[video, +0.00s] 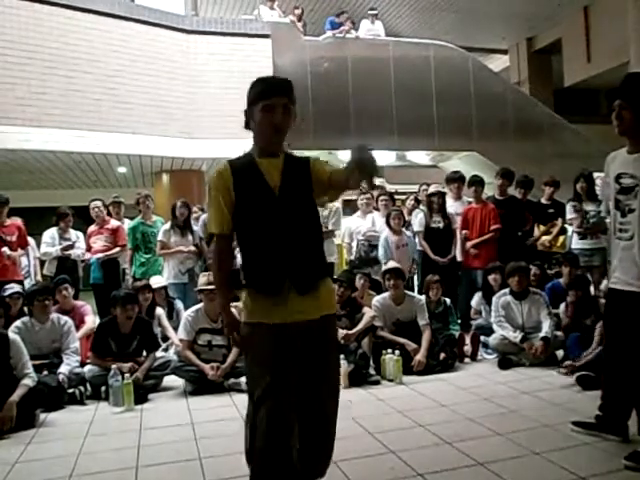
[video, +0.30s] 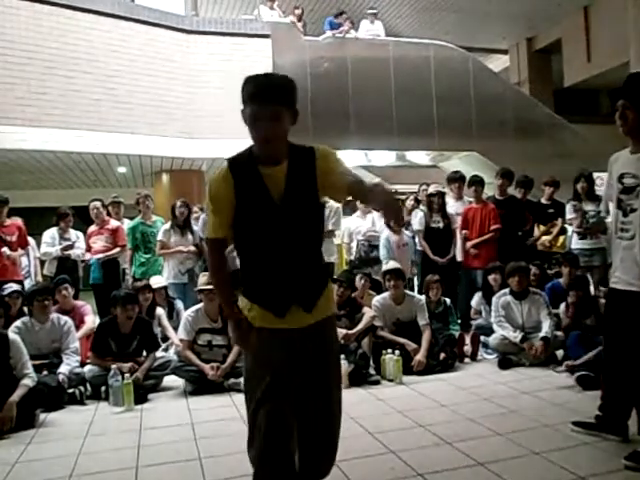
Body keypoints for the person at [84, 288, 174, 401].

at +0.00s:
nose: (130, 310)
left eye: (133, 306)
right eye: (124, 307)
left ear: (137, 308)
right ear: (114, 310)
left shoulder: (144, 324)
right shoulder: (104, 327)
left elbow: (153, 352)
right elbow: (94, 359)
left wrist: (141, 372)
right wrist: (119, 366)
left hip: (137, 365)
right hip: (112, 367)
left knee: (168, 360)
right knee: (89, 371)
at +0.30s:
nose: (130, 310)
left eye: (133, 306)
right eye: (125, 307)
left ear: (138, 308)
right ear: (114, 310)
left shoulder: (144, 324)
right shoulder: (104, 327)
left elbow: (153, 352)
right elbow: (94, 359)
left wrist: (141, 372)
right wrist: (119, 366)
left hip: (137, 365)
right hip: (112, 367)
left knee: (168, 360)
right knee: (89, 372)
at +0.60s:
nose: (130, 310)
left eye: (133, 306)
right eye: (124, 307)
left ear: (138, 308)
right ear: (114, 310)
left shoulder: (144, 324)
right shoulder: (104, 327)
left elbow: (153, 352)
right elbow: (94, 359)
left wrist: (141, 372)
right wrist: (119, 366)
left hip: (137, 365)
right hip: (112, 367)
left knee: (168, 361)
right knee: (89, 372)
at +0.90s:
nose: (129, 311)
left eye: (133, 306)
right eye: (124, 307)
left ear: (137, 308)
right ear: (114, 310)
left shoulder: (144, 324)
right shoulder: (104, 327)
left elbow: (153, 352)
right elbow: (94, 358)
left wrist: (141, 372)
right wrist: (120, 366)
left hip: (137, 365)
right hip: (112, 367)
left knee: (168, 361)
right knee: (89, 372)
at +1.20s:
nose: (129, 311)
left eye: (132, 306)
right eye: (124, 307)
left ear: (137, 308)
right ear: (114, 310)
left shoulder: (144, 324)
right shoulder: (104, 327)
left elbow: (153, 352)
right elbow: (94, 358)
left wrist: (141, 372)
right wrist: (119, 366)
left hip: (137, 365)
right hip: (112, 367)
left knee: (168, 361)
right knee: (89, 372)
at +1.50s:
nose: (129, 311)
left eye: (133, 306)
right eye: (124, 307)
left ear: (137, 308)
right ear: (114, 310)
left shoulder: (144, 324)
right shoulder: (104, 327)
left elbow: (153, 352)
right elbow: (94, 359)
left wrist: (141, 372)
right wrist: (120, 366)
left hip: (137, 365)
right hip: (112, 367)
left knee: (168, 361)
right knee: (89, 372)